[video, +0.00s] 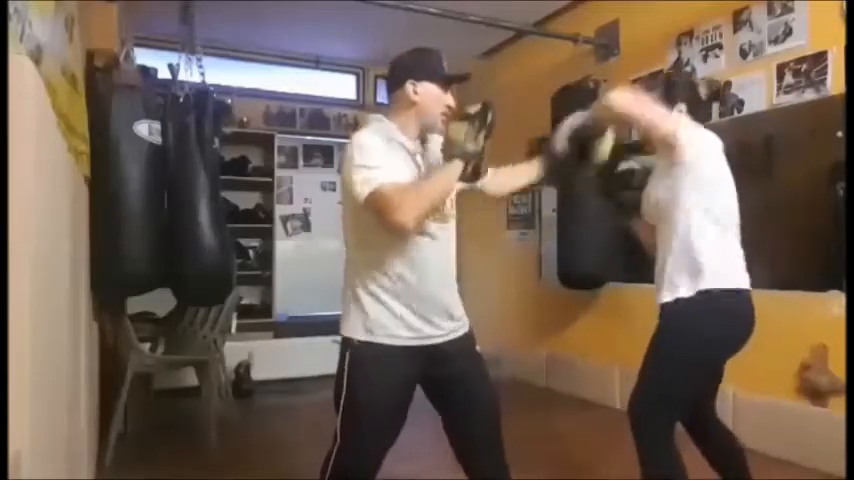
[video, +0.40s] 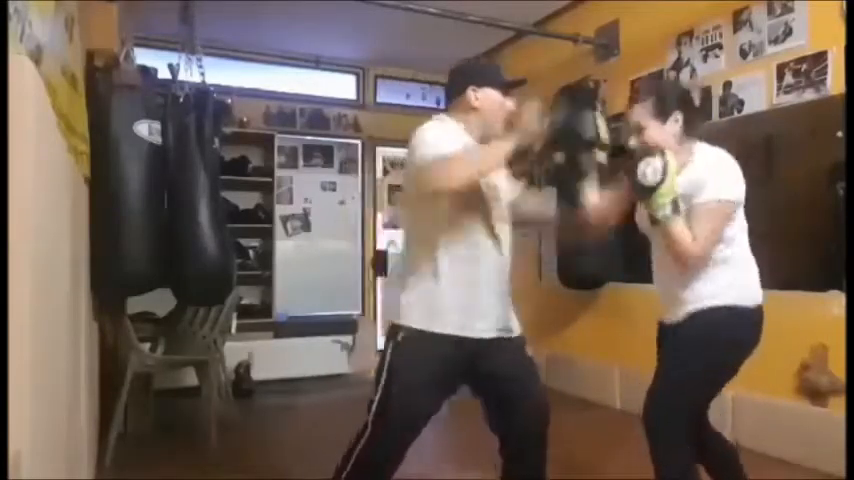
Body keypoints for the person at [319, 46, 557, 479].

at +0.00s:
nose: (452, 102)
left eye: (451, 91)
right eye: (443, 89)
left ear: (419, 93)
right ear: (412, 90)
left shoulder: (439, 146)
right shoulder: (368, 144)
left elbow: (495, 181)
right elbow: (401, 213)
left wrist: (555, 161)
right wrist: (459, 161)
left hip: (448, 334)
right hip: (380, 340)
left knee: (487, 456)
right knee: (355, 462)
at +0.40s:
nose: (511, 105)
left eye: (511, 95)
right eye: (503, 94)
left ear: (474, 99)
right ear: (474, 97)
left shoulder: (489, 158)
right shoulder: (434, 135)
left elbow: (520, 203)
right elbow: (445, 178)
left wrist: (582, 206)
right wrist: (514, 139)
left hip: (493, 329)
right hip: (430, 329)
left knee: (528, 422)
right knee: (382, 444)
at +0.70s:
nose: (532, 121)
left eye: (533, 111)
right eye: (523, 110)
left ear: (533, 108)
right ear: (490, 106)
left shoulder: (542, 138)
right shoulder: (442, 155)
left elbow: (606, 149)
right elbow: (413, 218)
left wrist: (621, 172)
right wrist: (459, 239)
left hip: (528, 317)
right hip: (456, 316)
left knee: (545, 418)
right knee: (444, 424)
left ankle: (535, 479)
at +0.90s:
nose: (516, 130)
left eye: (519, 118)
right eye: (503, 122)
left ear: (524, 113)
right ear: (474, 124)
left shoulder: (537, 149)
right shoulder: (447, 165)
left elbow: (541, 233)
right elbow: (438, 231)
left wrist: (477, 264)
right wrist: (503, 263)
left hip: (536, 329)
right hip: (467, 325)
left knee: (548, 446)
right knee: (445, 437)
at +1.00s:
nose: (518, 131)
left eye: (521, 119)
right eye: (506, 124)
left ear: (526, 113)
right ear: (475, 125)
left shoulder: (540, 151)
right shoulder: (450, 167)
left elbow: (539, 236)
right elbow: (448, 236)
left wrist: (472, 261)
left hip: (538, 328)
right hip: (468, 326)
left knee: (551, 443)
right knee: (448, 435)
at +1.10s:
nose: (527, 131)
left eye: (530, 119)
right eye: (515, 122)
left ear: (535, 116)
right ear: (484, 122)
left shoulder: (545, 148)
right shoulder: (449, 170)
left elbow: (552, 236)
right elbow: (445, 239)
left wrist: (483, 250)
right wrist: (458, 267)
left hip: (540, 326)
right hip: (470, 325)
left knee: (554, 439)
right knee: (449, 431)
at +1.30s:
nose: (559, 118)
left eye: (560, 107)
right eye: (551, 105)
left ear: (529, 106)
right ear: (518, 103)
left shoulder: (550, 147)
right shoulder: (463, 154)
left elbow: (570, 216)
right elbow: (407, 212)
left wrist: (566, 213)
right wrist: (424, 266)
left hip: (536, 316)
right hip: (473, 315)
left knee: (551, 423)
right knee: (460, 425)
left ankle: (534, 477)